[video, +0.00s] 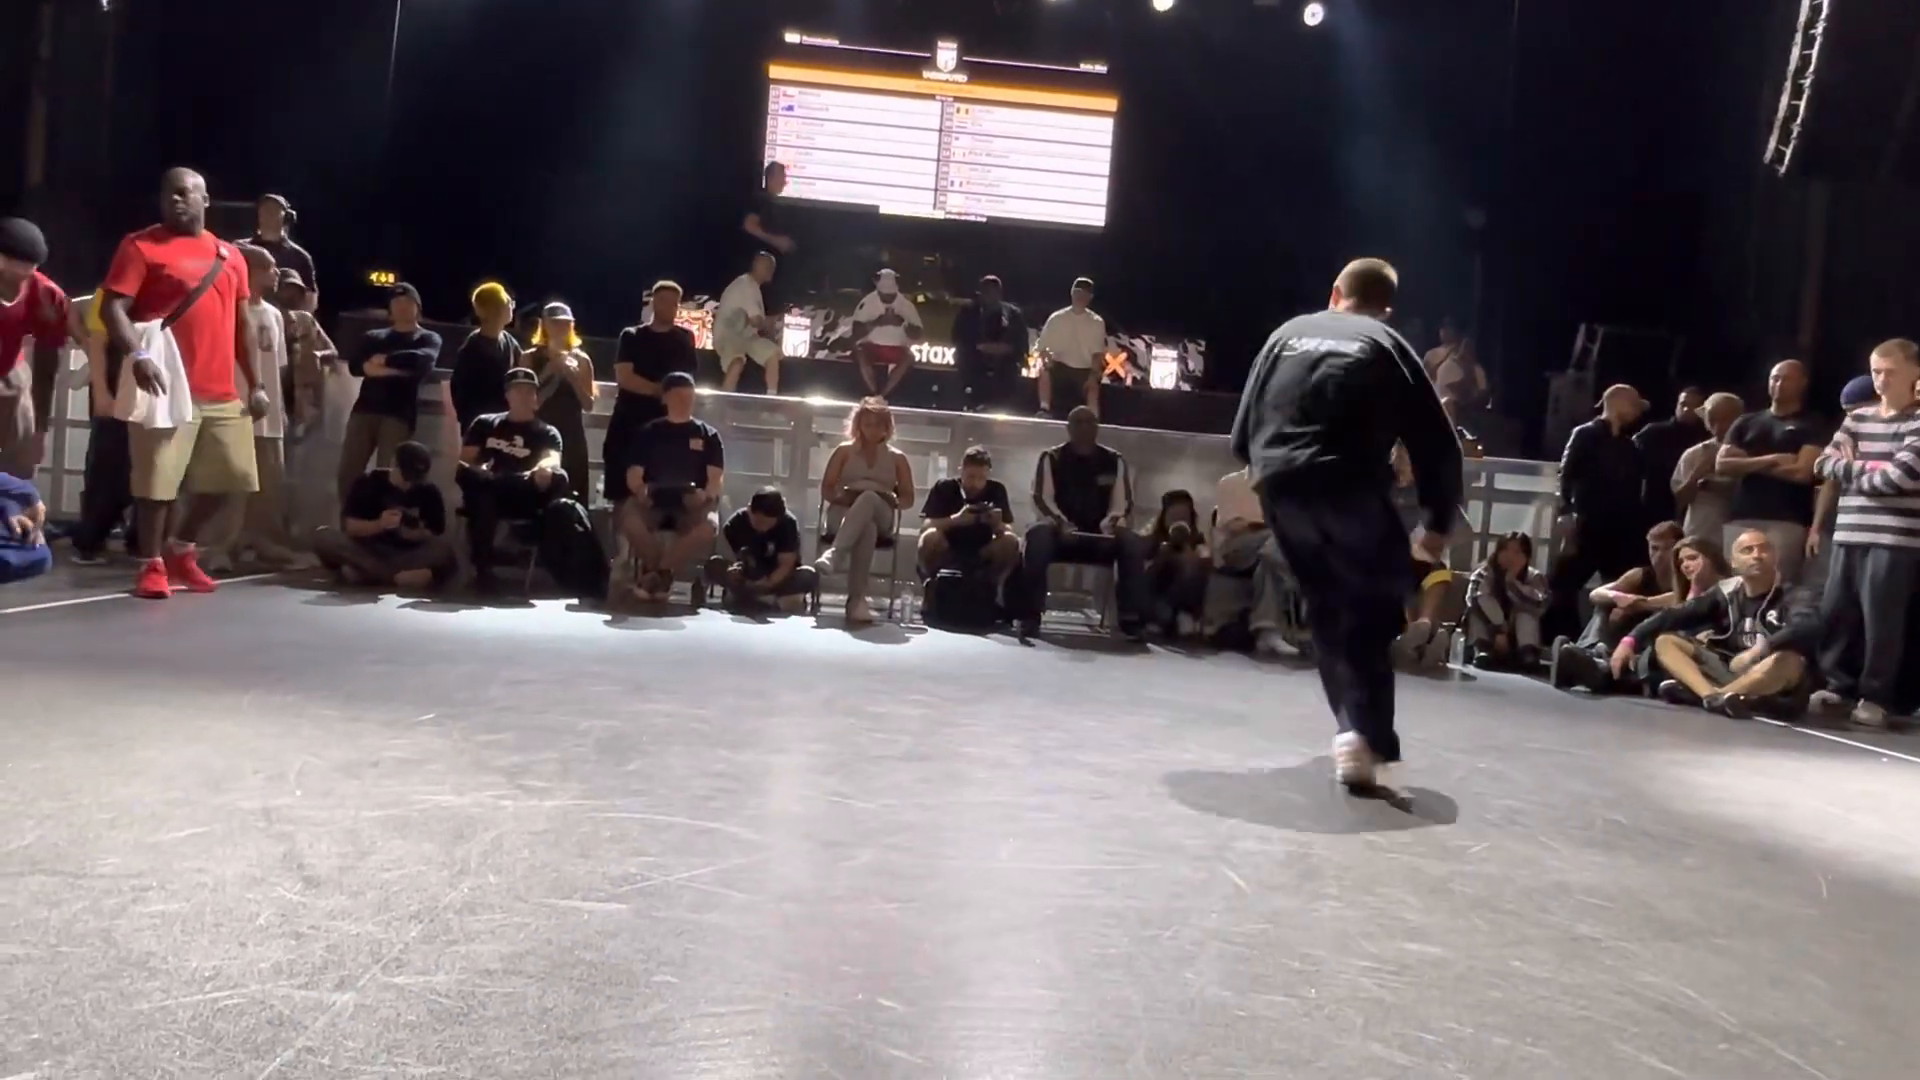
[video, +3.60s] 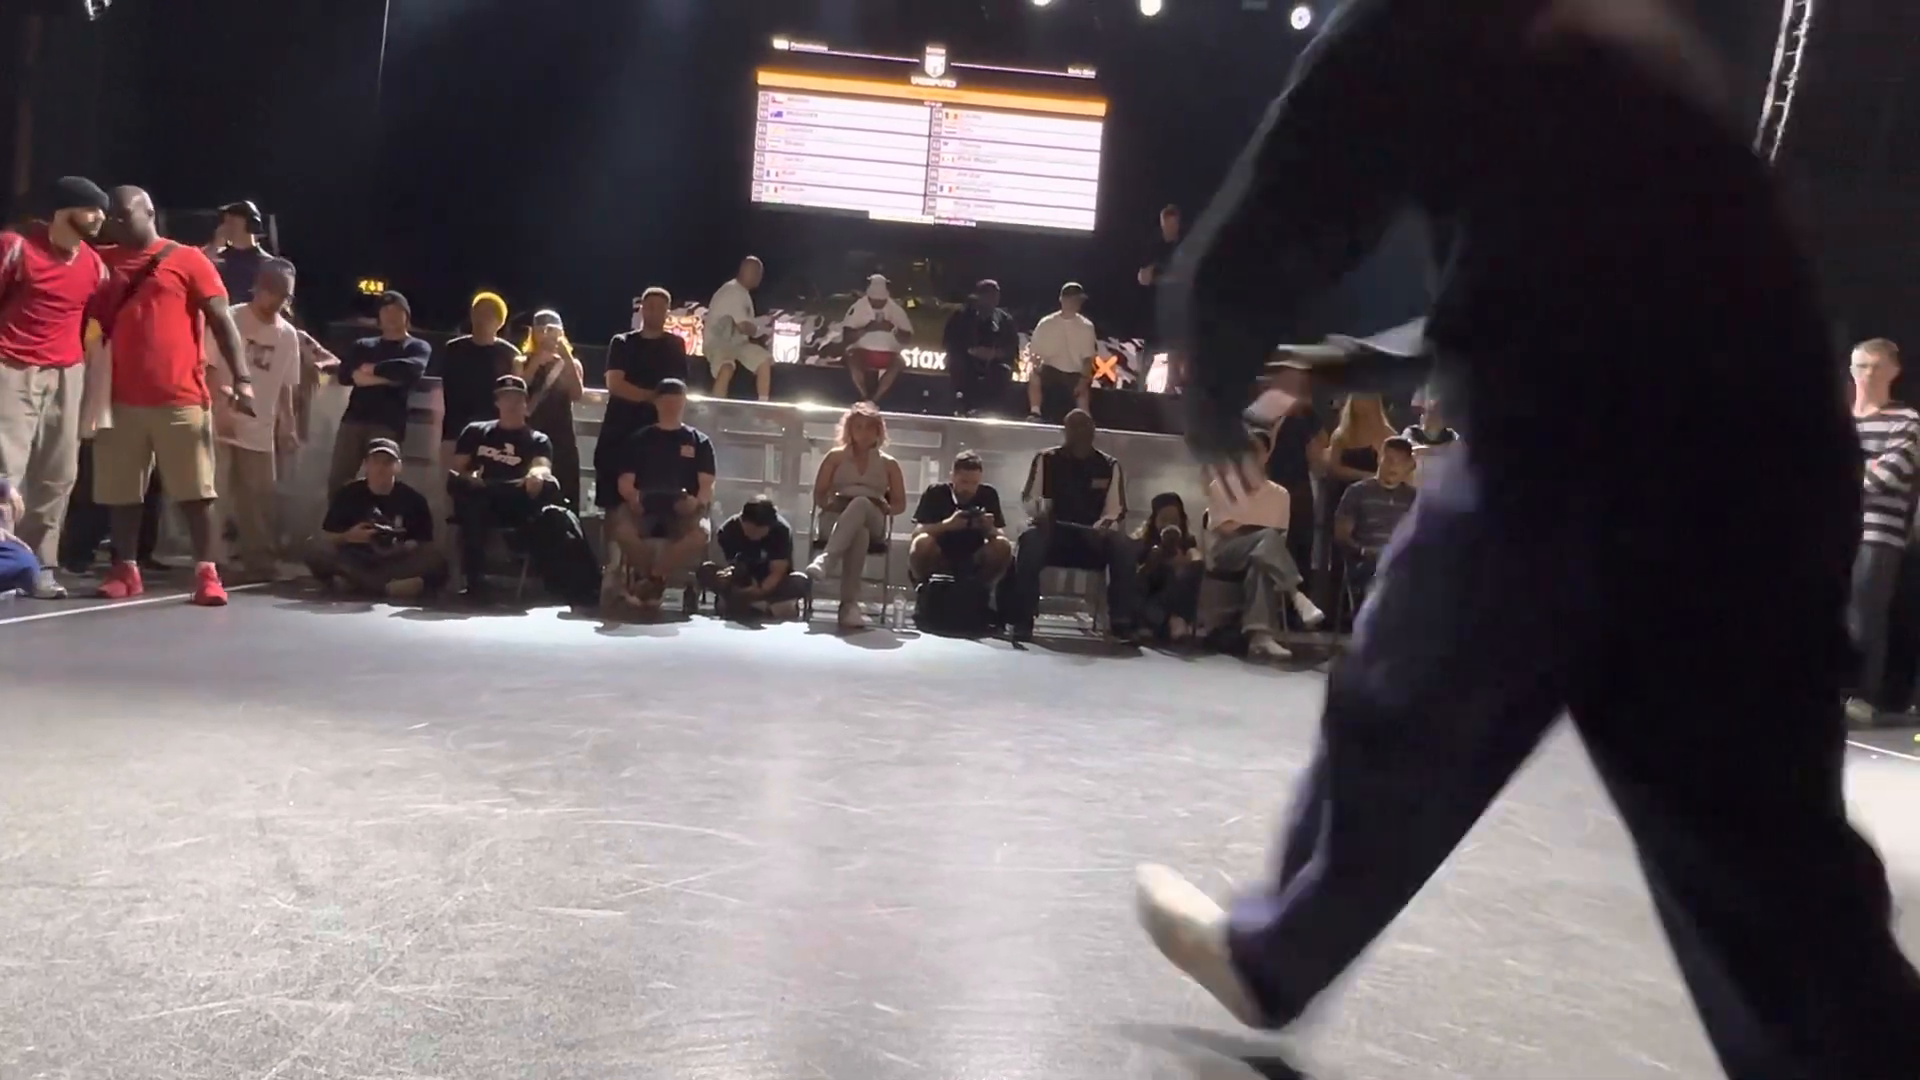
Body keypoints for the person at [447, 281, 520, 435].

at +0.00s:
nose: (513, 305)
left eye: (510, 301)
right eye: (508, 301)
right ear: (492, 310)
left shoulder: (510, 343)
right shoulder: (470, 349)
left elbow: (516, 381)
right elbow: (458, 385)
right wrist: (467, 420)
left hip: (505, 420)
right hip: (476, 423)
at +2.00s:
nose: (511, 308)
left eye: (511, 302)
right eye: (505, 303)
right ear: (486, 308)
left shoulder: (514, 341)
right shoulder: (466, 344)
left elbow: (523, 378)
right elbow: (452, 382)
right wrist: (465, 416)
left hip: (507, 417)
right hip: (473, 418)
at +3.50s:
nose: (484, 319)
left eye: (491, 314)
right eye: (481, 313)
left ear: (503, 320)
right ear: (475, 315)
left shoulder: (511, 352)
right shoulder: (455, 346)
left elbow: (514, 391)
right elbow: (445, 383)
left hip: (494, 426)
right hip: (457, 423)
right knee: (452, 487)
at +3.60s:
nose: (481, 323)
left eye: (487, 318)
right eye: (478, 317)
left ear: (499, 322)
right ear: (471, 317)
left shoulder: (510, 354)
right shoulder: (453, 348)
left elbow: (512, 395)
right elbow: (443, 387)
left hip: (493, 432)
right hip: (455, 429)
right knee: (452, 492)